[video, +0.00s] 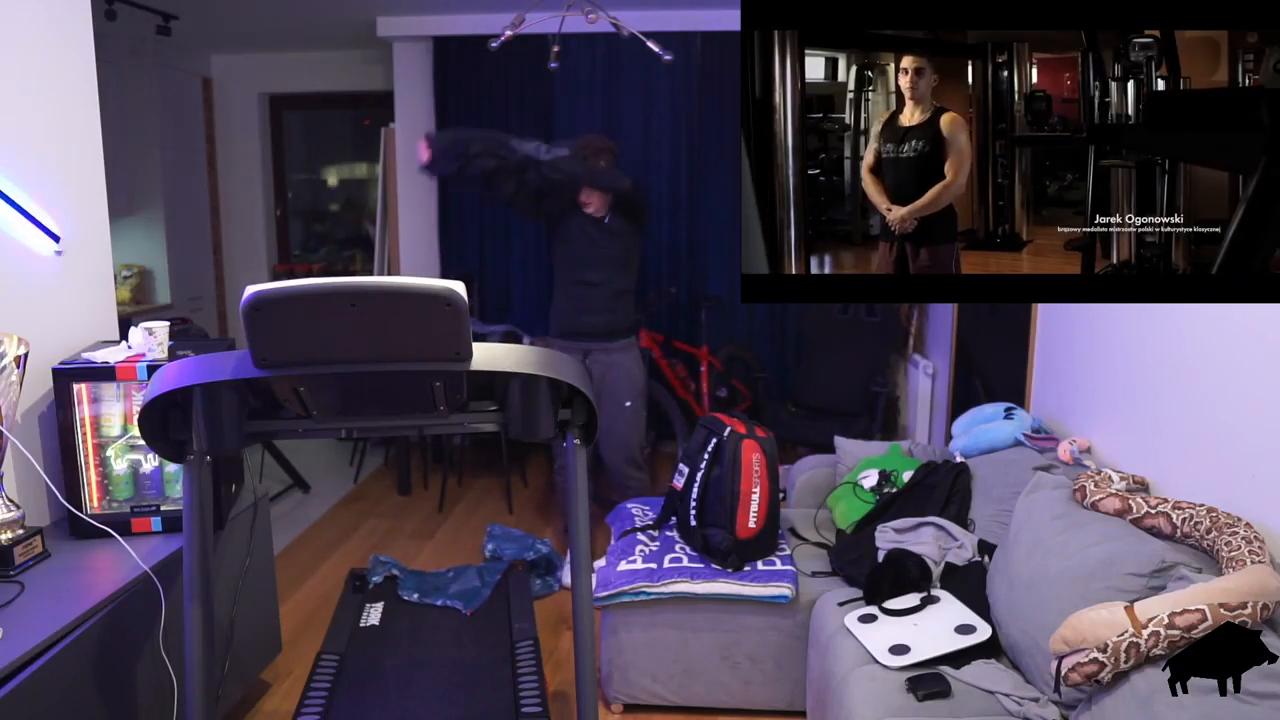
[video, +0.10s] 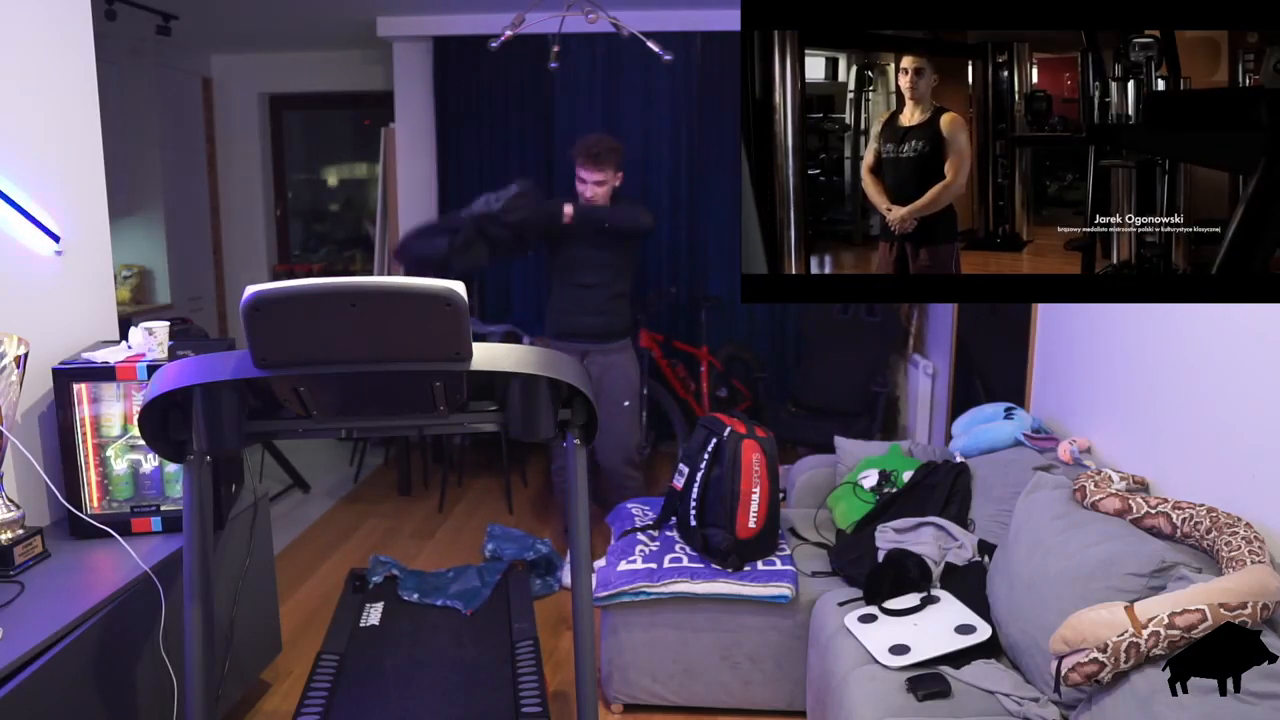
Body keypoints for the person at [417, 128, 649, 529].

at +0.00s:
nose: (587, 197)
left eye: (596, 189)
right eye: (581, 188)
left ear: (613, 187)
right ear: (571, 186)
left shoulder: (630, 216)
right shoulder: (559, 210)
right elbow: (510, 172)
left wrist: (548, 160)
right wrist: (449, 151)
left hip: (616, 349)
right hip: (563, 348)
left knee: (623, 449)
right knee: (568, 445)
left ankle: (636, 537)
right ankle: (573, 532)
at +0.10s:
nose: (589, 190)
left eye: (598, 182)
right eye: (583, 181)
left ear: (616, 180)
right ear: (575, 177)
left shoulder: (628, 214)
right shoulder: (558, 214)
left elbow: (643, 222)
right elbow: (513, 217)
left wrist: (578, 214)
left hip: (614, 351)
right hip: (561, 351)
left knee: (619, 453)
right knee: (565, 451)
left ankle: (631, 537)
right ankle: (572, 538)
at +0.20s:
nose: (591, 190)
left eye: (601, 183)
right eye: (584, 180)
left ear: (612, 182)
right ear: (571, 173)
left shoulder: (625, 221)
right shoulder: (545, 224)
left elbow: (661, 261)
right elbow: (512, 280)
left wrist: (611, 261)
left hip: (610, 355)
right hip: (556, 356)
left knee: (614, 454)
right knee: (563, 455)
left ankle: (627, 542)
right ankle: (575, 543)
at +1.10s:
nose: (654, 196)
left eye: (661, 189)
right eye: (648, 184)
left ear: (667, 188)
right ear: (623, 172)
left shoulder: (666, 228)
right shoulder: (584, 220)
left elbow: (674, 289)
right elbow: (555, 282)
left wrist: (675, 326)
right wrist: (597, 303)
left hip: (647, 353)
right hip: (593, 352)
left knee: (654, 441)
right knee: (590, 442)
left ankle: (659, 526)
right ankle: (584, 536)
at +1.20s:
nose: (664, 195)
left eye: (672, 188)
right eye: (658, 182)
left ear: (677, 188)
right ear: (634, 170)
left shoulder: (675, 228)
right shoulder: (592, 220)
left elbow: (691, 297)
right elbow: (552, 269)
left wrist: (722, 329)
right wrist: (571, 280)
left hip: (654, 354)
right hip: (598, 354)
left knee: (662, 458)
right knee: (591, 460)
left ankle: (662, 551)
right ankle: (584, 551)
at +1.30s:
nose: (668, 192)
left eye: (677, 186)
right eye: (664, 180)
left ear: (683, 187)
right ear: (642, 169)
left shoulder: (684, 228)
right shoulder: (602, 218)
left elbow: (708, 296)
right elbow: (558, 255)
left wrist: (749, 332)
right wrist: (547, 257)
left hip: (663, 359)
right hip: (605, 359)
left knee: (668, 465)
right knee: (593, 465)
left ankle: (672, 563)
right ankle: (581, 554)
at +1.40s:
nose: (670, 189)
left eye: (680, 182)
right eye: (665, 176)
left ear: (688, 184)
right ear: (647, 166)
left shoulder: (692, 230)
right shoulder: (611, 218)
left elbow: (722, 295)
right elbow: (574, 254)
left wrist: (765, 332)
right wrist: (551, 240)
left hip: (670, 358)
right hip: (613, 358)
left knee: (672, 462)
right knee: (601, 461)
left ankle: (671, 557)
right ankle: (586, 552)